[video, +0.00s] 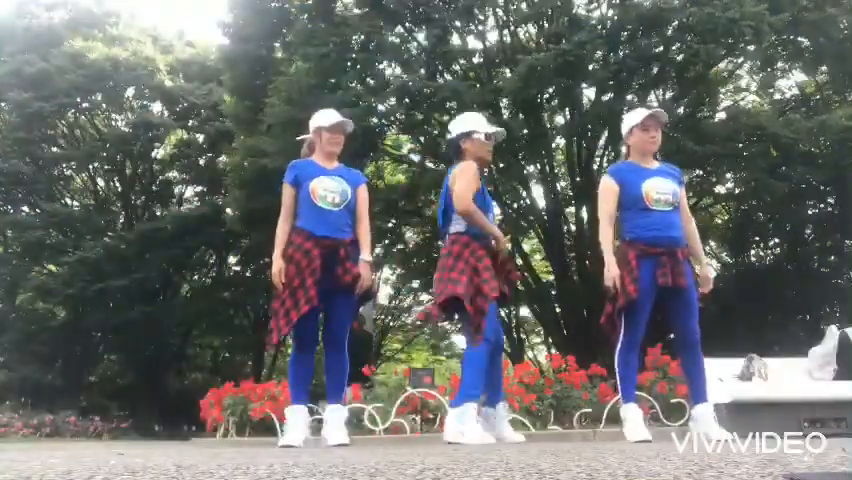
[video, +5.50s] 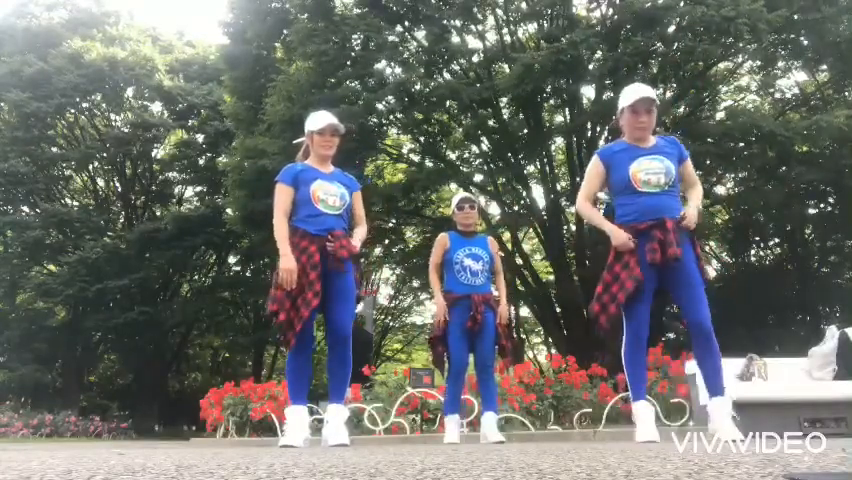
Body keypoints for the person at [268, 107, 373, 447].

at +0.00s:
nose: (336, 136)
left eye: (340, 132)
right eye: (330, 131)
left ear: (345, 137)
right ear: (315, 135)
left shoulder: (356, 177)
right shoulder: (297, 169)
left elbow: (363, 220)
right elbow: (286, 217)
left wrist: (366, 258)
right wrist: (277, 256)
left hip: (345, 254)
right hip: (305, 253)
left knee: (337, 338)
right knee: (304, 337)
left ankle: (336, 417)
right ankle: (298, 416)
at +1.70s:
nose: (347, 141)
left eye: (348, 137)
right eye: (341, 135)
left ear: (341, 142)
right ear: (322, 138)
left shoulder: (355, 179)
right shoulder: (299, 173)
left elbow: (377, 218)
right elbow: (257, 203)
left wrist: (379, 243)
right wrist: (284, 226)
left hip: (347, 259)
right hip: (309, 257)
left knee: (339, 340)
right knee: (305, 339)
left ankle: (336, 419)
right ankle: (297, 419)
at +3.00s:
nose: (340, 137)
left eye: (343, 132)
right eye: (333, 131)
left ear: (347, 137)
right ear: (317, 136)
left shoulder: (359, 167)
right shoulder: (299, 162)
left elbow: (391, 184)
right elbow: (251, 167)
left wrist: (374, 195)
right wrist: (278, 181)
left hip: (346, 255)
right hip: (308, 253)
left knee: (338, 339)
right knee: (305, 338)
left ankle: (336, 420)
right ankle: (298, 420)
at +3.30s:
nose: (336, 138)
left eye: (340, 133)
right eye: (330, 133)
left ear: (346, 138)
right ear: (315, 138)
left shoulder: (355, 168)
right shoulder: (302, 168)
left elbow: (391, 184)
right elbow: (271, 183)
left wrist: (361, 200)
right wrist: (308, 181)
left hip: (345, 254)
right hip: (307, 254)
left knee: (338, 340)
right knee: (305, 340)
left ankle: (335, 420)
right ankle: (297, 420)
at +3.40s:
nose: (343, 135)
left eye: (344, 131)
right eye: (336, 130)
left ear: (343, 138)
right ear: (319, 136)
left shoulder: (357, 174)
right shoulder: (297, 173)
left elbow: (369, 211)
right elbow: (287, 214)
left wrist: (359, 237)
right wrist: (302, 220)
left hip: (347, 259)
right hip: (310, 259)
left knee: (339, 341)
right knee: (306, 340)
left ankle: (336, 417)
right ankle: (297, 417)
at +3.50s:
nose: (345, 135)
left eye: (346, 131)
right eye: (338, 130)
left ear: (344, 137)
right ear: (320, 135)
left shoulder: (358, 175)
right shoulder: (297, 173)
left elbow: (362, 221)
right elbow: (284, 223)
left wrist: (360, 261)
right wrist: (291, 260)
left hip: (345, 257)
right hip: (307, 256)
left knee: (339, 341)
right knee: (306, 341)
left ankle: (336, 418)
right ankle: (297, 419)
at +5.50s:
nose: (328, 139)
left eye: (333, 134)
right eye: (322, 134)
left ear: (340, 139)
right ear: (309, 138)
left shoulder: (348, 180)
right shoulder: (293, 172)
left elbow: (361, 223)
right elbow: (280, 216)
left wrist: (353, 242)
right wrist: (285, 255)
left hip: (340, 254)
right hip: (303, 251)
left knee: (341, 331)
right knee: (302, 333)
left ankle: (336, 416)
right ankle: (297, 417)